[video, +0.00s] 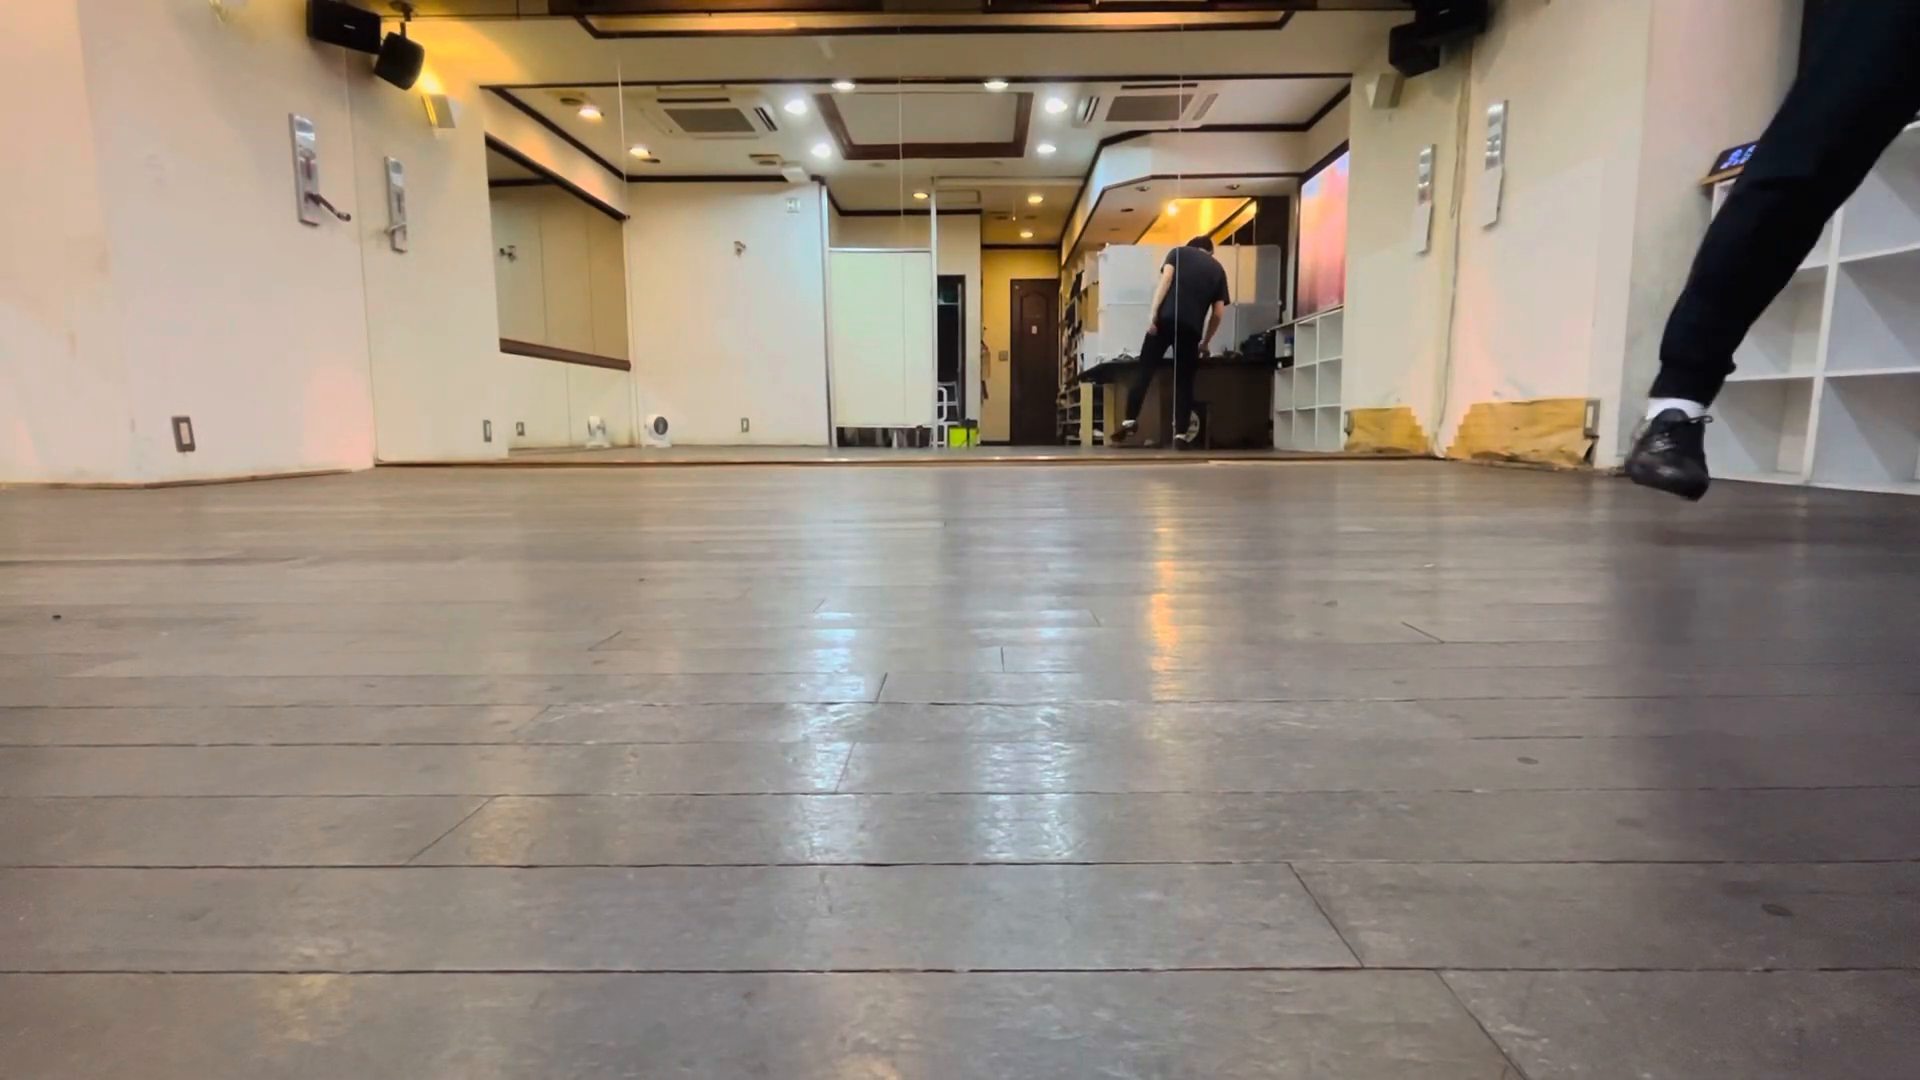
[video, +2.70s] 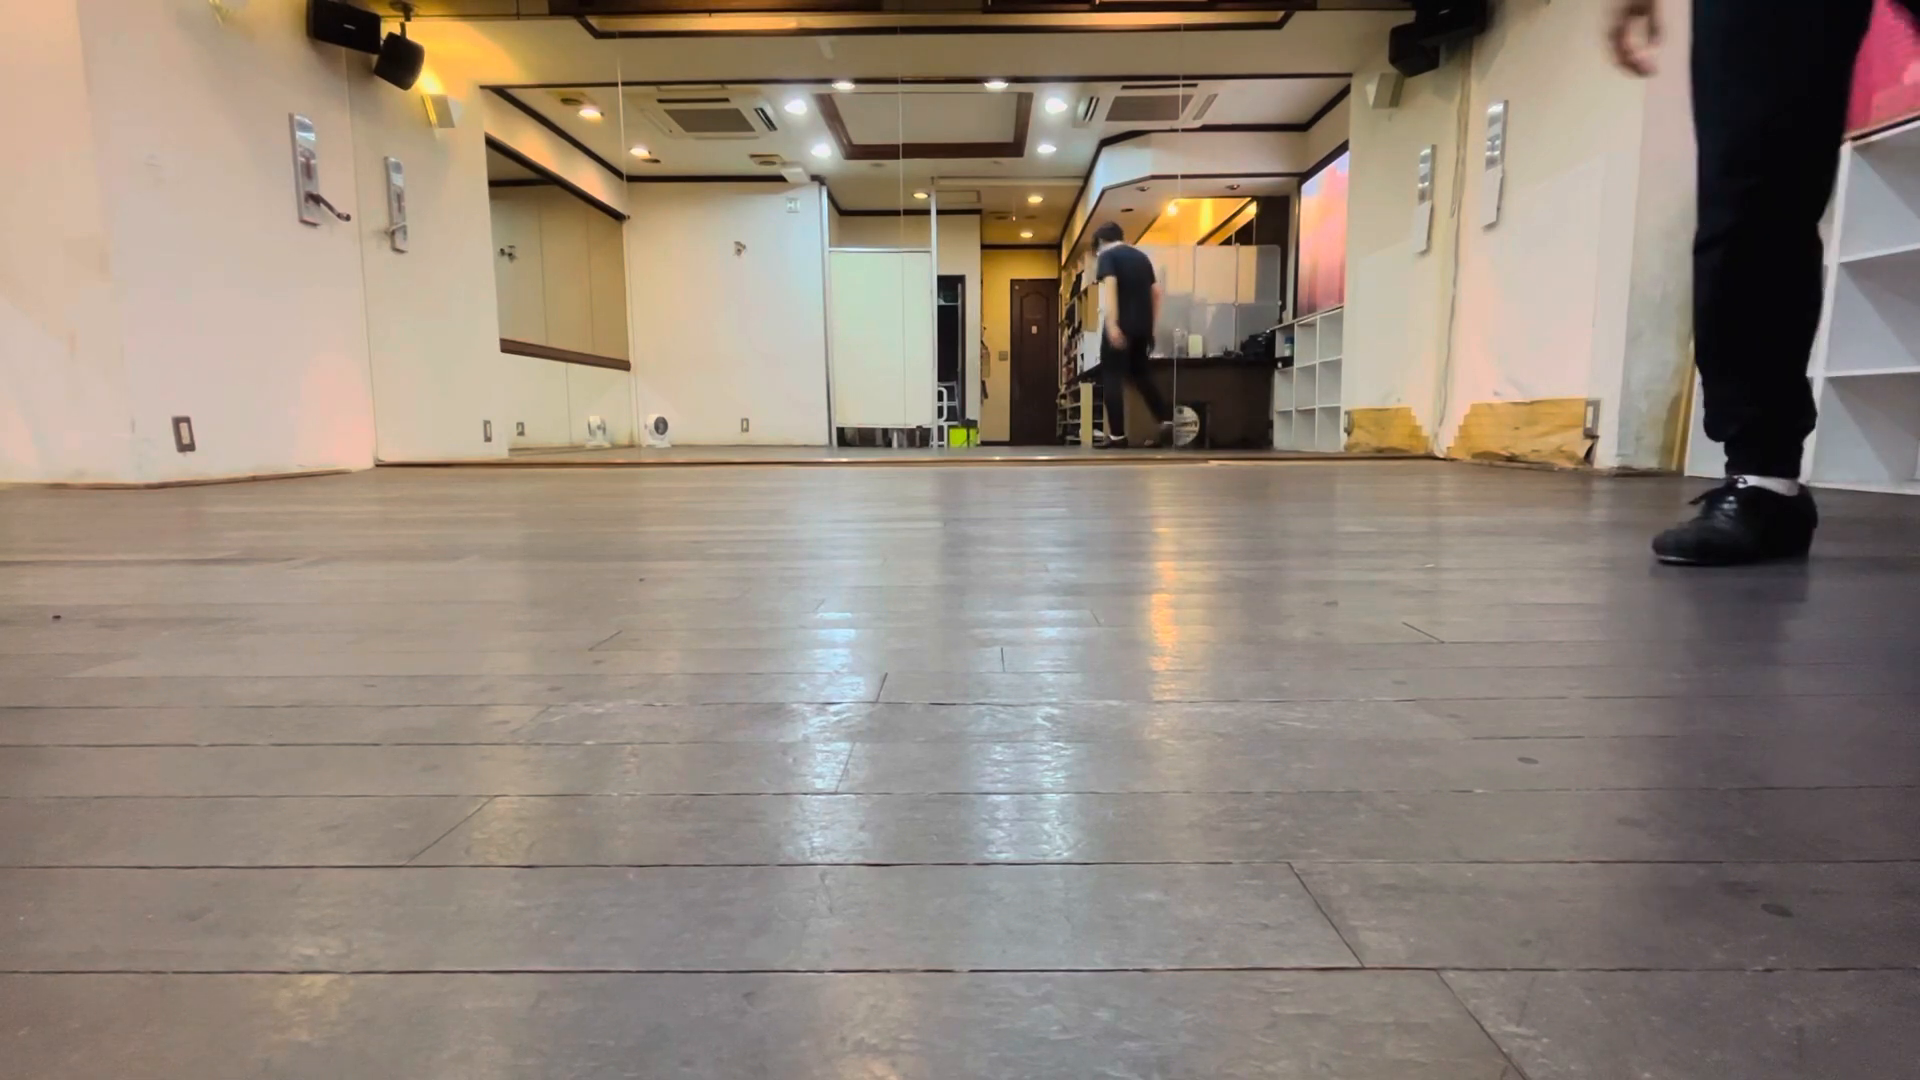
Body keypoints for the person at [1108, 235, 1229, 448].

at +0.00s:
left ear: (1190, 246)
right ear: (1211, 252)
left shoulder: (1178, 252)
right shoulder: (1218, 270)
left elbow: (1167, 277)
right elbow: (1218, 314)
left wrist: (1153, 314)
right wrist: (1206, 342)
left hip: (1166, 320)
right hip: (1191, 328)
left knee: (1145, 368)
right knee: (1185, 380)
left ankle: (1130, 418)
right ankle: (1180, 433)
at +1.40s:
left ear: (1185, 240)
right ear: (1204, 245)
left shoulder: (1175, 246)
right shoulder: (1213, 264)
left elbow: (1164, 275)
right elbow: (1216, 311)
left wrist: (1152, 311)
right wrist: (1205, 342)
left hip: (1161, 323)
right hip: (1186, 328)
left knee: (1148, 373)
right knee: (1184, 378)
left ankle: (1143, 427)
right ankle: (1182, 433)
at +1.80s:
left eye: (1172, 239)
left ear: (1173, 238)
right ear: (1194, 243)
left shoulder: (1163, 248)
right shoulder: (1202, 262)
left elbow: (1152, 280)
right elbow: (1209, 311)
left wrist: (1141, 316)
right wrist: (1204, 343)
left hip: (1153, 326)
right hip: (1178, 330)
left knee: (1144, 375)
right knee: (1179, 378)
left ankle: (1145, 429)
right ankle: (1181, 432)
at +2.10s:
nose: (1160, 247)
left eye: (1161, 243)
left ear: (1164, 241)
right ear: (1183, 242)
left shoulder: (1160, 250)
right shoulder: (1196, 261)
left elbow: (1158, 280)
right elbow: (1205, 305)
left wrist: (1150, 318)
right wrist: (1201, 339)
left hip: (1154, 325)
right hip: (1179, 330)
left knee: (1139, 372)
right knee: (1178, 378)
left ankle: (1139, 428)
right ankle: (1182, 433)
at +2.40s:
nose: (1131, 250)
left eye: (1131, 247)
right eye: (1130, 247)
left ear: (1134, 243)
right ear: (1154, 241)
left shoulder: (1140, 253)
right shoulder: (1174, 259)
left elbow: (1148, 280)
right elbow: (1185, 294)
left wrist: (1159, 313)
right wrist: (1180, 321)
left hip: (1145, 326)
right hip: (1170, 327)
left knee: (1131, 376)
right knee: (1173, 378)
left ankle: (1120, 432)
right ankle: (1182, 432)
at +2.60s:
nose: (1108, 249)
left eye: (1107, 245)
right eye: (1107, 246)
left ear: (1110, 243)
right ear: (1130, 239)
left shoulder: (1116, 255)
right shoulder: (1149, 256)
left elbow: (1125, 282)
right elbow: (1164, 293)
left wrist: (1135, 317)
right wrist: (1160, 322)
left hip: (1127, 325)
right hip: (1152, 325)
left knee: (1115, 374)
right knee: (1156, 374)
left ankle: (1117, 434)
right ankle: (1172, 429)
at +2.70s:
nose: (1099, 249)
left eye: (1098, 245)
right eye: (1098, 246)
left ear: (1102, 242)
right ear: (1121, 238)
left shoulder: (1107, 256)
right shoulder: (1140, 257)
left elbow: (1110, 287)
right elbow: (1155, 292)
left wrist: (1111, 324)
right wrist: (1152, 327)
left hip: (1119, 326)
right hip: (1142, 326)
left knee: (1110, 376)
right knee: (1139, 372)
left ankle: (1116, 434)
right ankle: (1165, 420)